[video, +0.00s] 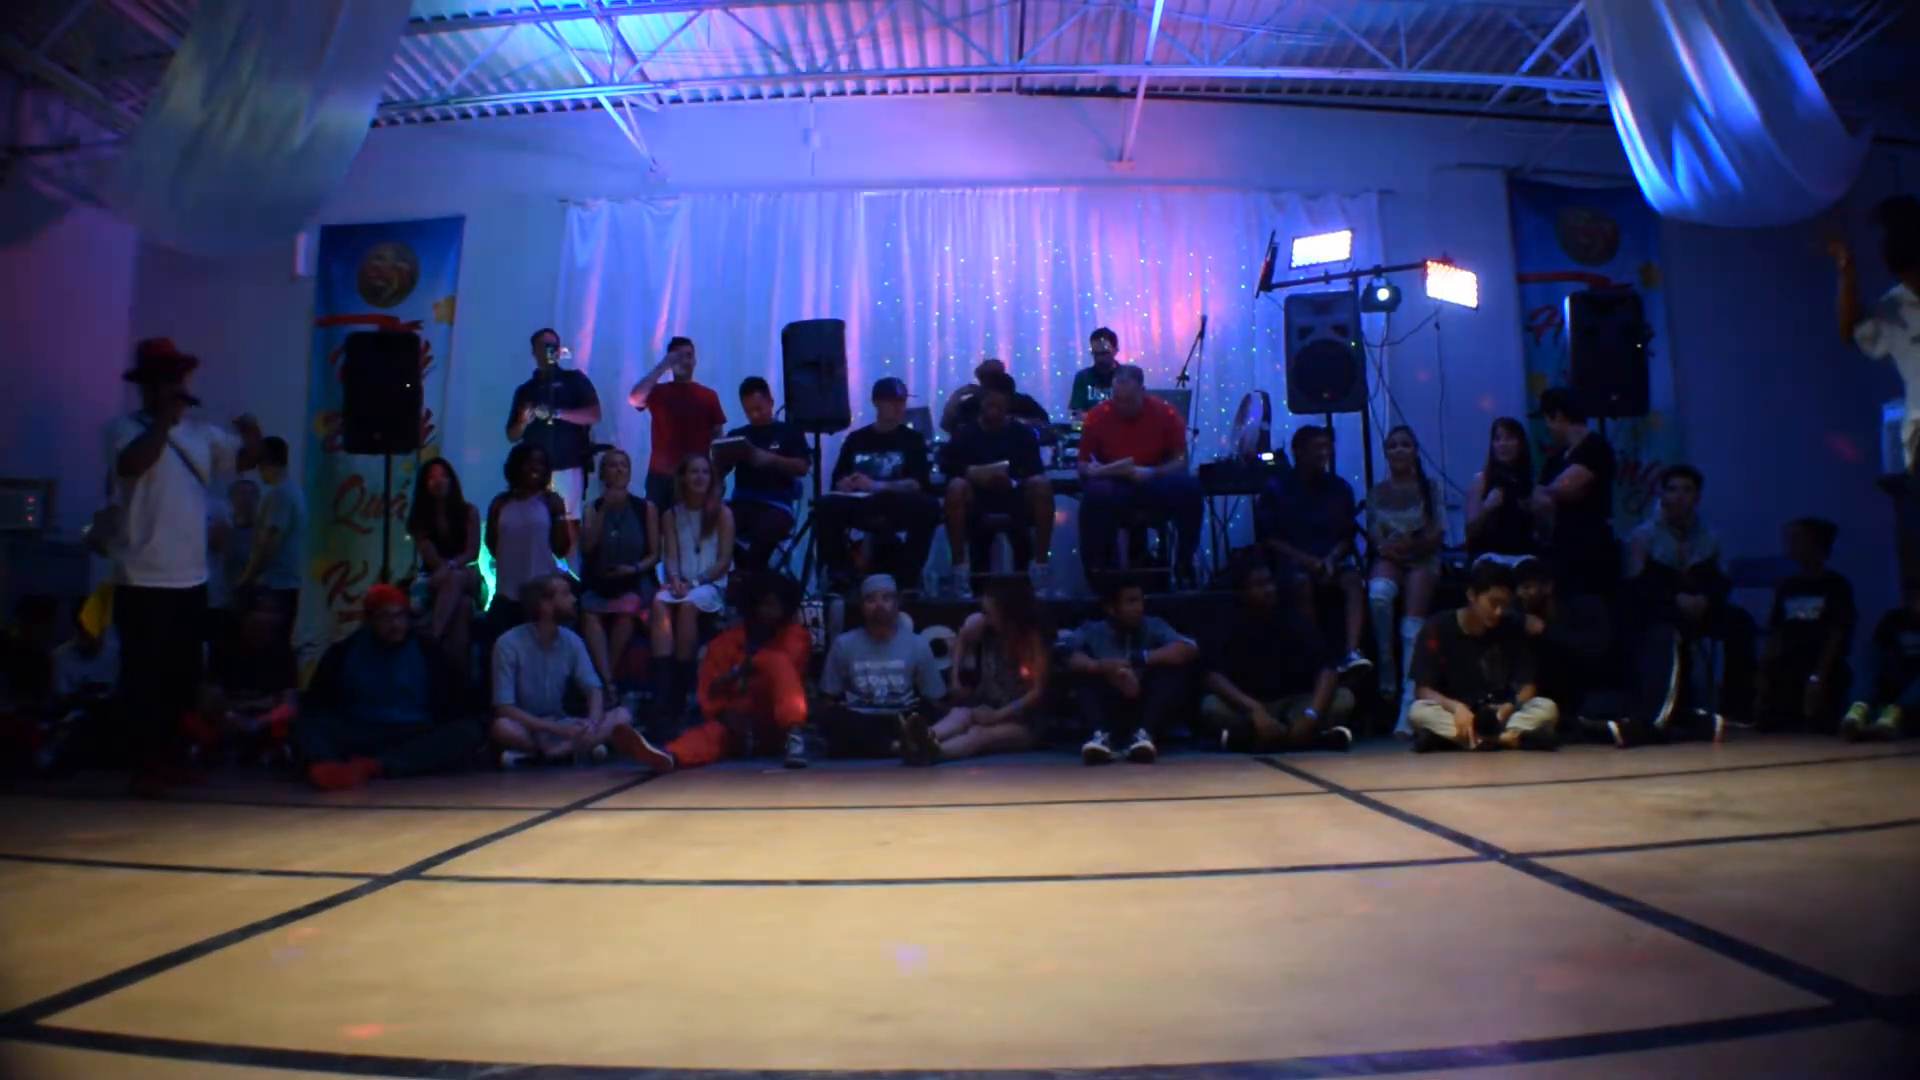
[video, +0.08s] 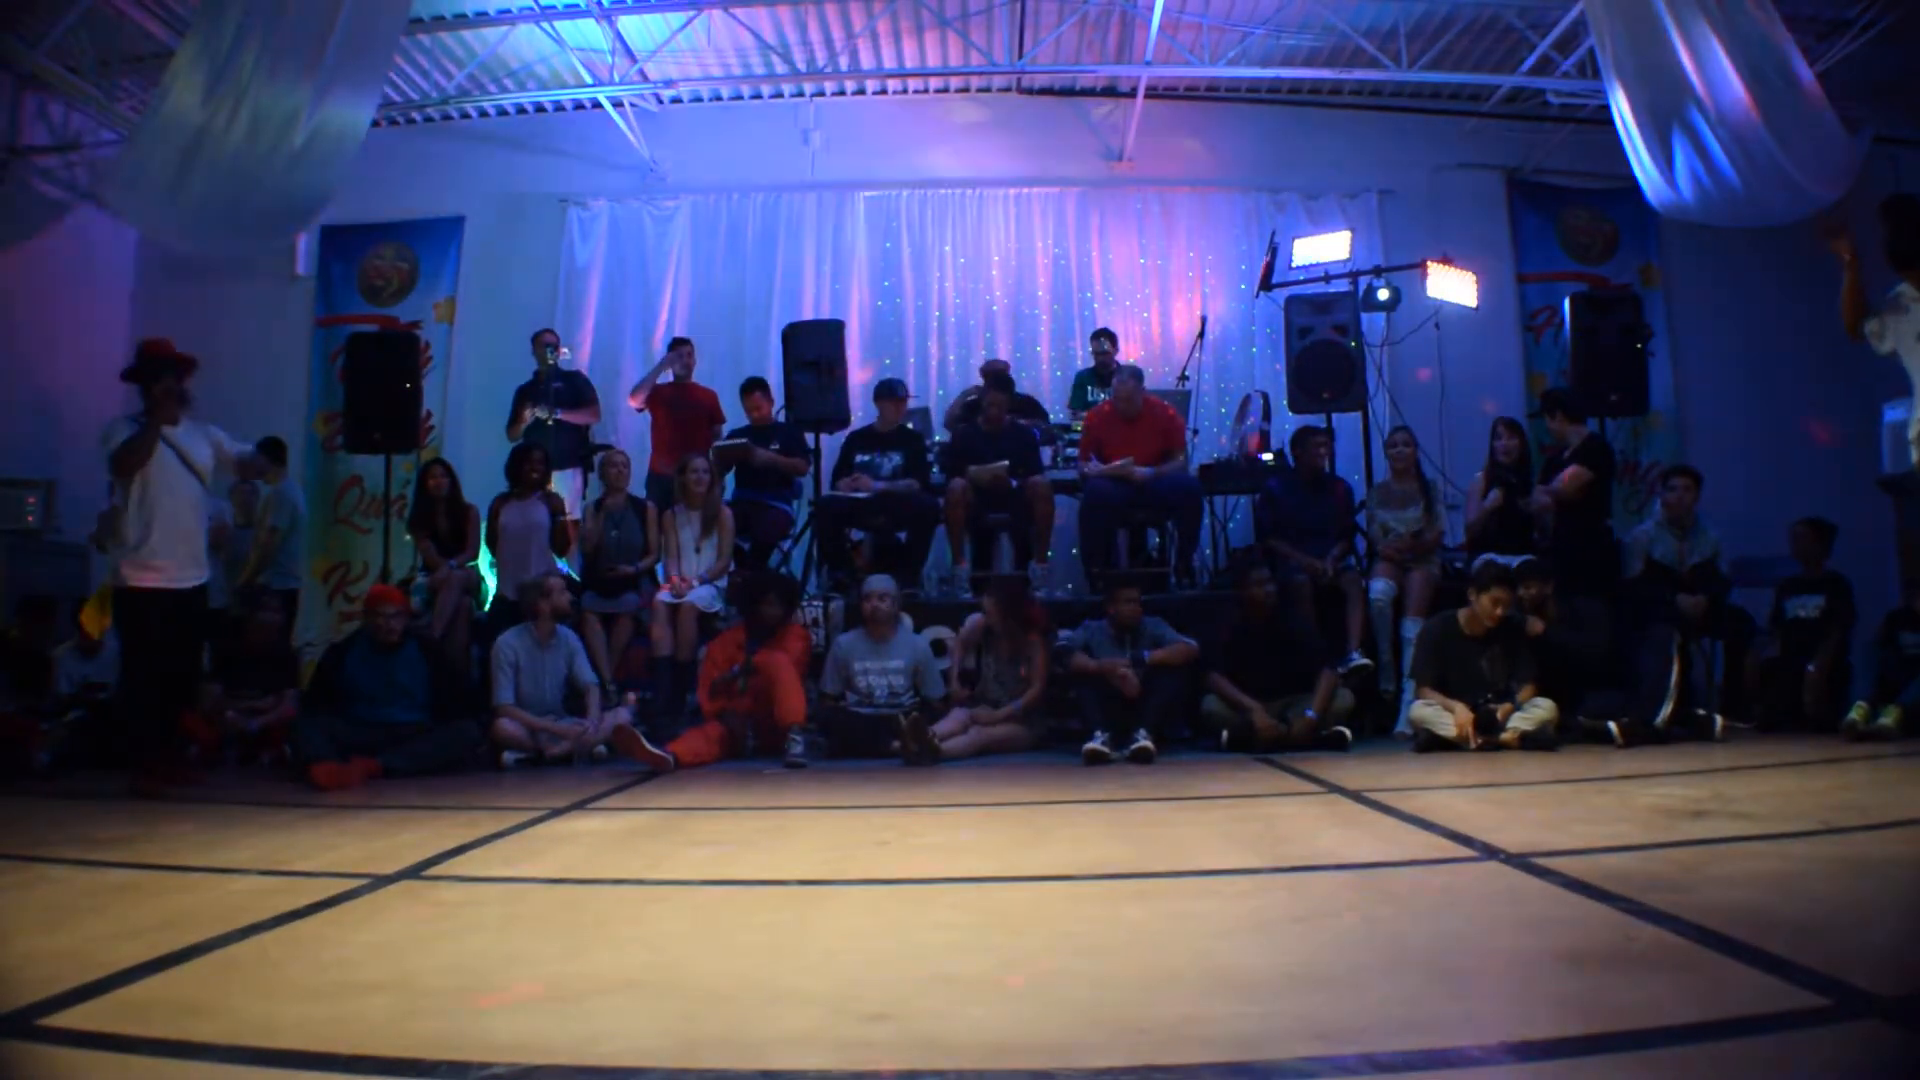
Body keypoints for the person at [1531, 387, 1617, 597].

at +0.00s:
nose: (1548, 427)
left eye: (1548, 420)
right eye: (1546, 421)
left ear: (1559, 418)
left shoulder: (1595, 447)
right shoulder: (1558, 455)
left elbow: (1565, 487)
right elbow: (1538, 497)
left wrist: (1540, 492)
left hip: (1592, 543)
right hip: (1564, 542)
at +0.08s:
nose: (1548, 428)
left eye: (1548, 421)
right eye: (1546, 421)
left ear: (1559, 418)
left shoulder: (1595, 448)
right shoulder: (1559, 454)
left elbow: (1565, 487)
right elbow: (1537, 497)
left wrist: (1541, 491)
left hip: (1591, 543)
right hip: (1564, 542)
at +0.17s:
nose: (1546, 428)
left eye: (1547, 421)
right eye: (1545, 422)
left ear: (1557, 419)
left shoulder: (1595, 447)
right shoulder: (1557, 455)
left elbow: (1561, 488)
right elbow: (1536, 495)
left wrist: (1541, 490)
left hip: (1591, 544)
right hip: (1562, 544)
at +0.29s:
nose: (1546, 428)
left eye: (1547, 421)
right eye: (1545, 422)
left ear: (1557, 418)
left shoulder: (1595, 448)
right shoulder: (1557, 455)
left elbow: (1560, 489)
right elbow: (1537, 492)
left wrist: (1541, 492)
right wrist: (1543, 498)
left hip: (1591, 544)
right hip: (1562, 544)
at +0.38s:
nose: (1546, 428)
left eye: (1547, 421)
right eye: (1545, 422)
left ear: (1557, 419)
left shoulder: (1595, 448)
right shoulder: (1557, 455)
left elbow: (1561, 488)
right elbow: (1537, 494)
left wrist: (1541, 491)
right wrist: (1545, 500)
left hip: (1591, 543)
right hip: (1563, 543)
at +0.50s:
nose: (1547, 428)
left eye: (1547, 422)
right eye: (1545, 422)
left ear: (1558, 418)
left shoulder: (1595, 447)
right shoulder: (1560, 453)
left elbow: (1563, 488)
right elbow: (1539, 494)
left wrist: (1541, 490)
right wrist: (1551, 499)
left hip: (1591, 545)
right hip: (1565, 544)